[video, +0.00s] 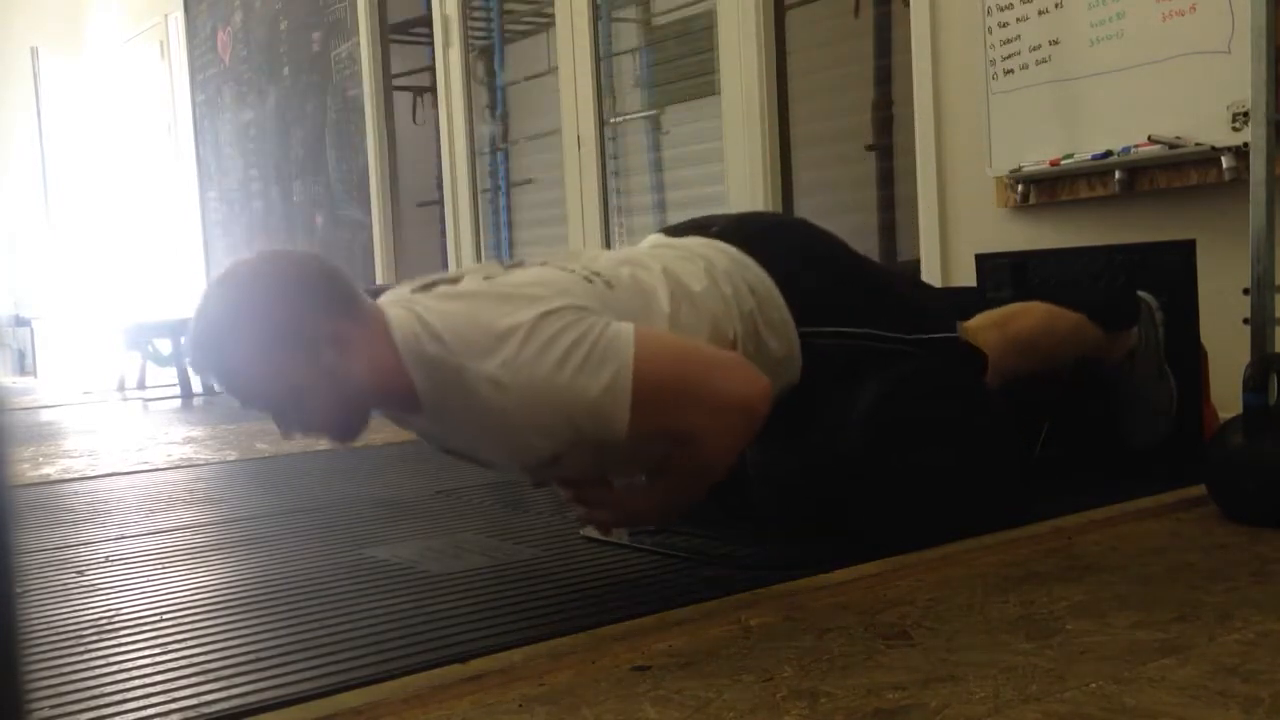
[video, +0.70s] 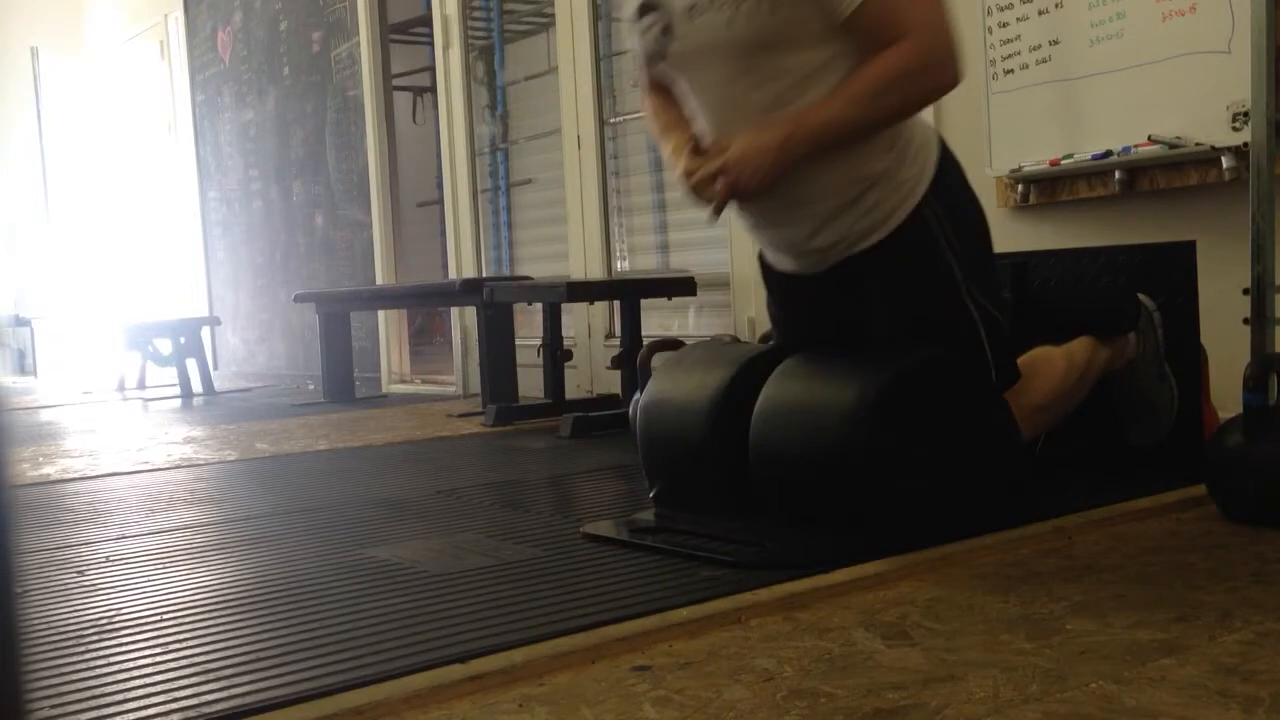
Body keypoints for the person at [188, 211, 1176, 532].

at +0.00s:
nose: (282, 420)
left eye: (277, 393)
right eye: (262, 405)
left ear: (338, 346)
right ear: (330, 336)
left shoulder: (505, 367)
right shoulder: (398, 343)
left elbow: (743, 404)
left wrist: (653, 495)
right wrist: (597, 460)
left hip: (766, 298)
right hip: (705, 266)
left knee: (959, 340)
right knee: (918, 312)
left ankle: (1120, 334)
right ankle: (1065, 321)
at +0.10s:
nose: (281, 418)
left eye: (276, 391)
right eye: (262, 400)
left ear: (347, 346)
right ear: (340, 339)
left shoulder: (515, 368)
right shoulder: (404, 334)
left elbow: (752, 399)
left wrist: (666, 496)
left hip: (774, 292)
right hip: (712, 260)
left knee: (953, 346)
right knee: (913, 311)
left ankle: (1113, 329)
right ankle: (1064, 303)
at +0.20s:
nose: (293, 362)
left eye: (293, 332)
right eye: (274, 342)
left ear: (363, 283)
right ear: (347, 289)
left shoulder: (515, 312)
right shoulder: (411, 326)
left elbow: (758, 360)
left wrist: (662, 466)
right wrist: (614, 447)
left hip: (786, 267)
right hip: (717, 259)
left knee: (957, 358)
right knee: (922, 323)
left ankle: (1108, 333)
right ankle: (1051, 334)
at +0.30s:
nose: (320, 233)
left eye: (327, 201)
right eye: (308, 211)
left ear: (397, 165)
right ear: (367, 187)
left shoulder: (547, 226)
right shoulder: (434, 260)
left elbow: (781, 303)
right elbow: (592, 307)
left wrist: (673, 408)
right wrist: (607, 390)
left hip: (812, 244)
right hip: (726, 257)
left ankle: (1095, 338)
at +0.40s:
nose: (388, 91)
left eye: (404, 57)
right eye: (373, 65)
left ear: (475, 39)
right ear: (369, 64)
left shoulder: (604, 133)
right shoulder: (458, 166)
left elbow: (812, 234)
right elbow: (587, 257)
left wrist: (688, 349)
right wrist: (624, 330)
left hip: (836, 230)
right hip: (710, 274)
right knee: (682, 452)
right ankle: (959, 376)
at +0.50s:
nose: (480, 2)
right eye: (481, 4)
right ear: (507, 3)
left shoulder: (688, 38)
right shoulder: (517, 78)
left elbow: (849, 171)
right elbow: (631, 188)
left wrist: (708, 282)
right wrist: (637, 252)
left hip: (861, 277)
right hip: (757, 303)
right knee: (683, 451)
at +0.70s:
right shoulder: (651, 8)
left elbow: (930, 57)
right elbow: (658, 85)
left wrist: (778, 144)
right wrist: (684, 149)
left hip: (907, 225)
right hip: (793, 258)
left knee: (970, 442)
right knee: (841, 461)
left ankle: (1106, 349)